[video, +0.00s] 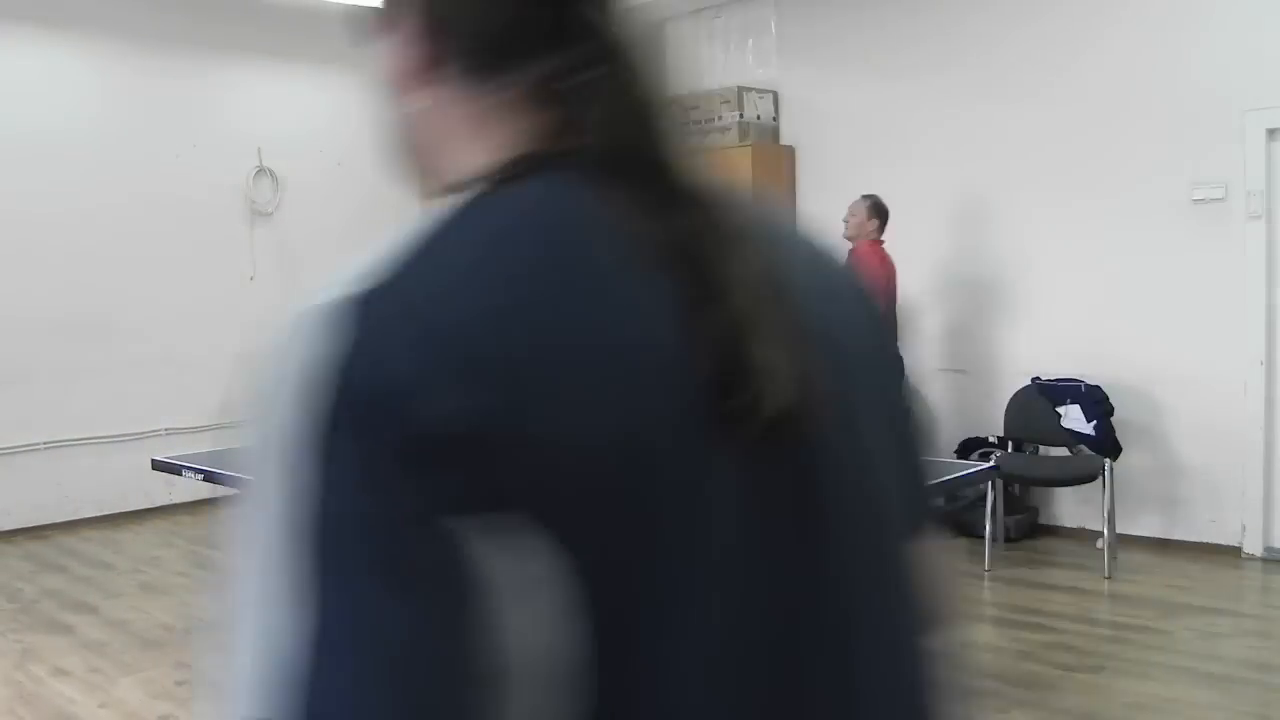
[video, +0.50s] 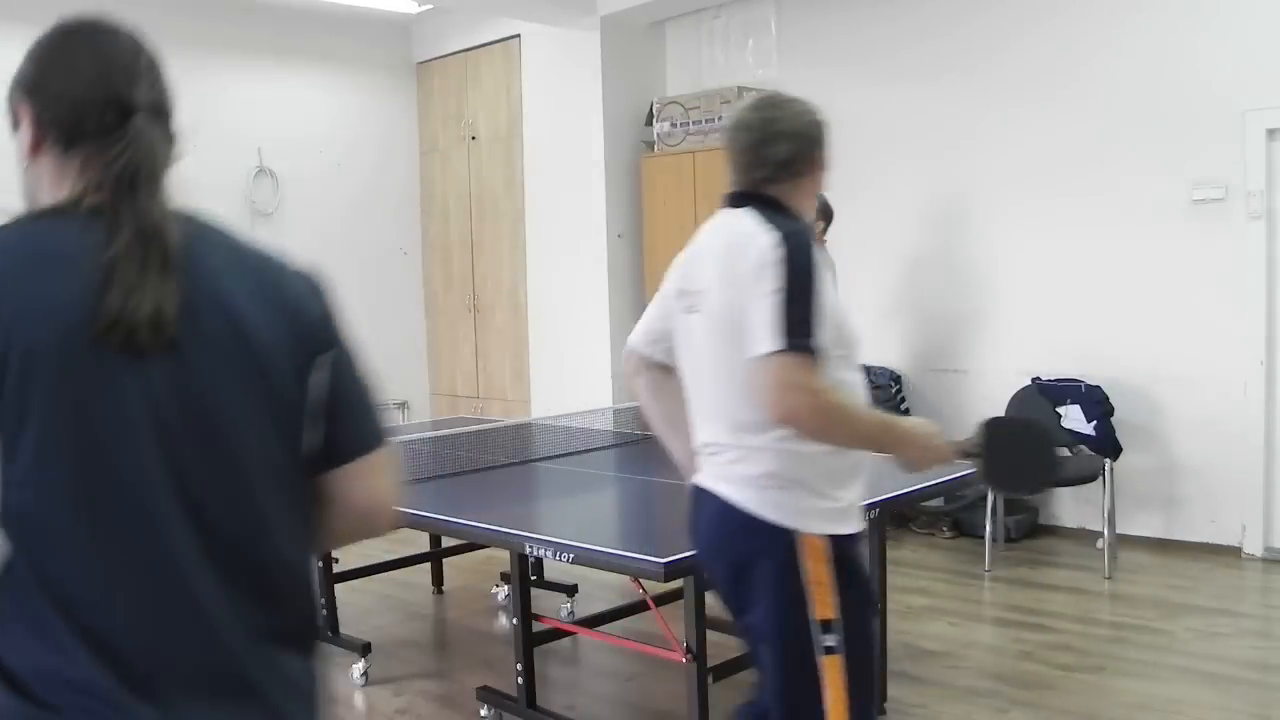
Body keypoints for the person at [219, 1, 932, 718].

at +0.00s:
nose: (384, 80)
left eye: (385, 48)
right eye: (386, 48)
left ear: (416, 54)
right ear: (593, 50)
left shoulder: (415, 329)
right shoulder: (812, 282)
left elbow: (380, 680)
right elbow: (902, 598)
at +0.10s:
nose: (246, 108)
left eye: (241, 72)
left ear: (263, 72)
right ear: (430, 55)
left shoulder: (218, 355)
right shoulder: (653, 262)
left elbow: (181, 696)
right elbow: (791, 528)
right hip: (679, 703)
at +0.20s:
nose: (144, 72)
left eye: (136, 47)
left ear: (153, 39)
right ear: (324, 37)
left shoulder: (110, 308)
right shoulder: (532, 223)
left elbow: (73, 693)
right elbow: (669, 462)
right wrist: (519, 540)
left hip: (293, 701)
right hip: (562, 699)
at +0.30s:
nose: (85, 54)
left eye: (81, 33)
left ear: (99, 32)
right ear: (258, 30)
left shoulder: (42, 247)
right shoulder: (434, 210)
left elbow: (22, 616)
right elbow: (559, 442)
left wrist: (148, 622)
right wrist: (394, 509)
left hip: (195, 698)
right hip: (444, 695)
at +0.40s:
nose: (41, 100)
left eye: (40, 77)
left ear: (58, 76)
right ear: (198, 67)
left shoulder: (21, 249)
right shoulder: (342, 249)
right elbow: (458, 472)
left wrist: (45, 597)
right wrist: (309, 506)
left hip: (115, 694)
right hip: (346, 693)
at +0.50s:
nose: (16, 141)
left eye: (17, 122)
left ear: (29, 126)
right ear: (161, 126)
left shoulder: (14, 271)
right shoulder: (278, 292)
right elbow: (370, 500)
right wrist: (245, 527)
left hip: (52, 692)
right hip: (257, 697)